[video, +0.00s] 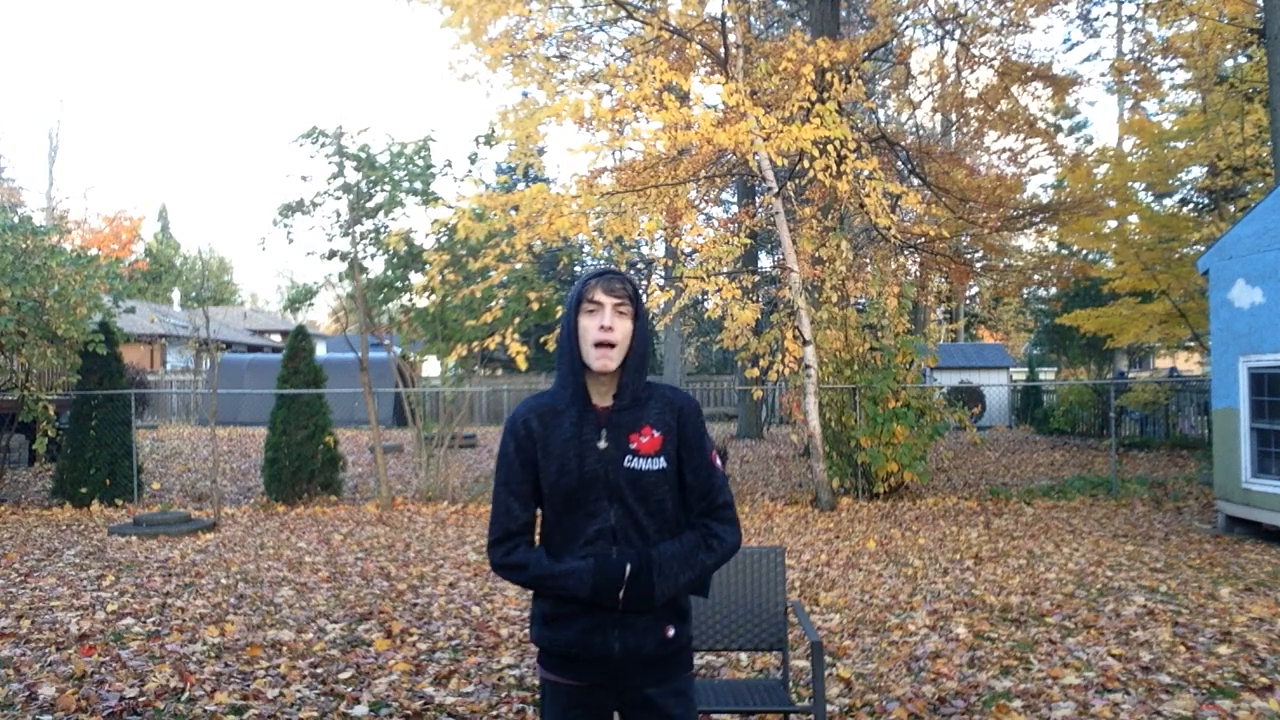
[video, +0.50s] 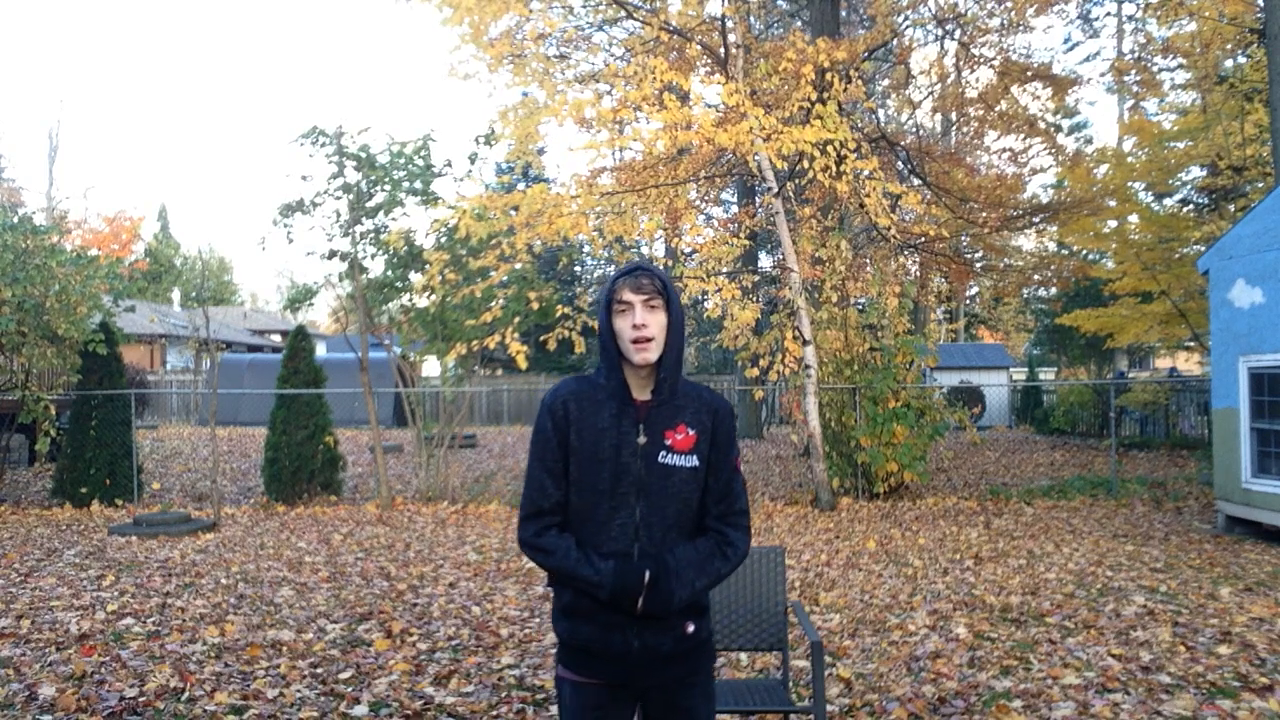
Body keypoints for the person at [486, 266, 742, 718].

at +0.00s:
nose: (606, 325)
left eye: (621, 312)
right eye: (592, 310)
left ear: (637, 329)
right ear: (571, 326)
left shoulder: (676, 412)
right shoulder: (533, 421)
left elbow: (722, 528)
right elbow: (506, 549)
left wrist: (648, 573)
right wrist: (593, 577)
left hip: (661, 659)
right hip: (569, 661)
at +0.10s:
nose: (613, 318)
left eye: (626, 304)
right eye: (598, 305)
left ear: (645, 318)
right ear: (579, 318)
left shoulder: (682, 405)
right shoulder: (538, 407)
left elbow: (711, 526)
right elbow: (511, 532)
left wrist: (648, 576)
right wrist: (588, 578)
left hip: (663, 646)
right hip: (574, 650)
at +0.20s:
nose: (621, 320)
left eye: (633, 306)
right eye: (605, 308)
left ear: (653, 319)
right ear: (588, 323)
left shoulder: (689, 409)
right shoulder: (545, 407)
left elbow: (713, 529)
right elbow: (515, 532)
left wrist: (651, 578)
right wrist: (594, 577)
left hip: (667, 648)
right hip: (578, 651)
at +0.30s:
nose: (626, 323)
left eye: (639, 307)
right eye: (611, 310)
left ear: (659, 320)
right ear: (595, 324)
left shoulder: (696, 411)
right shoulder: (554, 406)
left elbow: (720, 531)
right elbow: (523, 532)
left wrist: (659, 581)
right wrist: (603, 579)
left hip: (670, 650)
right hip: (580, 652)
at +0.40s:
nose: (633, 319)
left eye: (645, 304)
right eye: (617, 307)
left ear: (665, 317)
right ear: (602, 321)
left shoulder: (702, 409)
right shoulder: (561, 402)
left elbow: (724, 528)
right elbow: (528, 527)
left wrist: (662, 576)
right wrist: (608, 575)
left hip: (674, 648)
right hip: (586, 650)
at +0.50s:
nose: (639, 322)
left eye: (652, 307)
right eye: (623, 309)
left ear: (672, 319)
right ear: (608, 323)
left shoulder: (709, 411)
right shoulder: (566, 405)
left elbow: (732, 531)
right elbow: (536, 528)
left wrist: (667, 579)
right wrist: (611, 578)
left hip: (681, 651)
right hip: (590, 651)